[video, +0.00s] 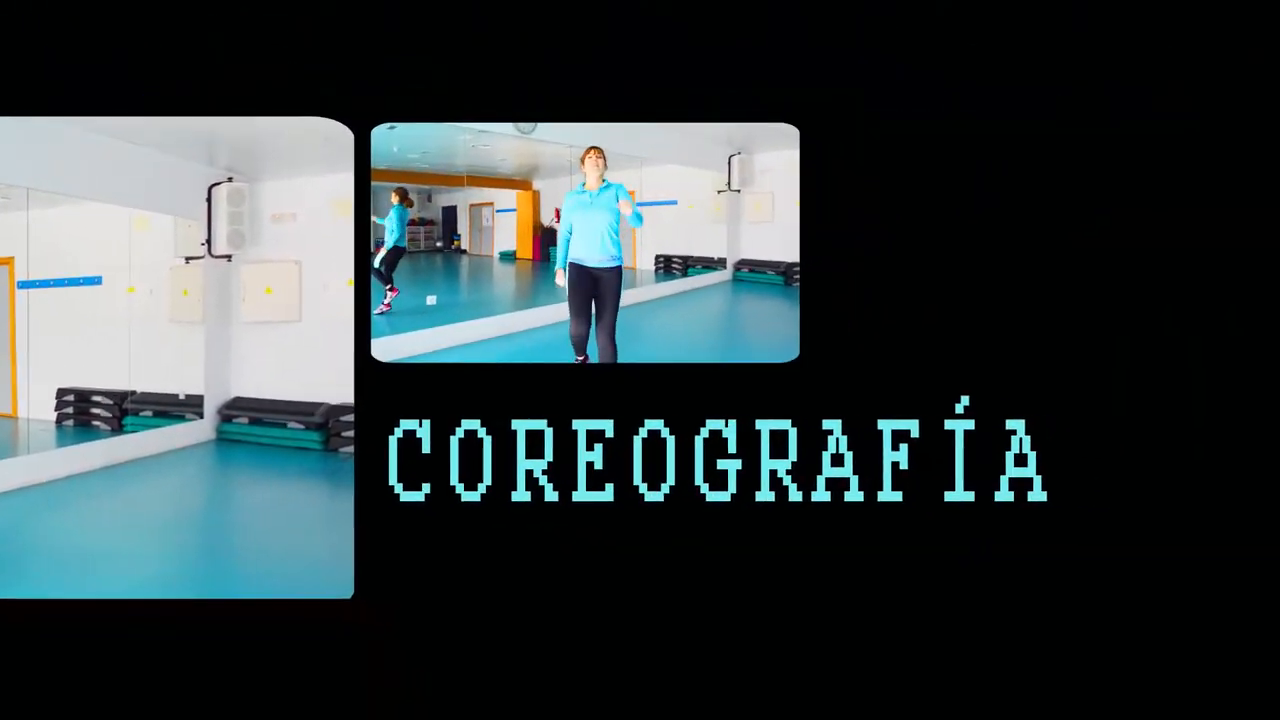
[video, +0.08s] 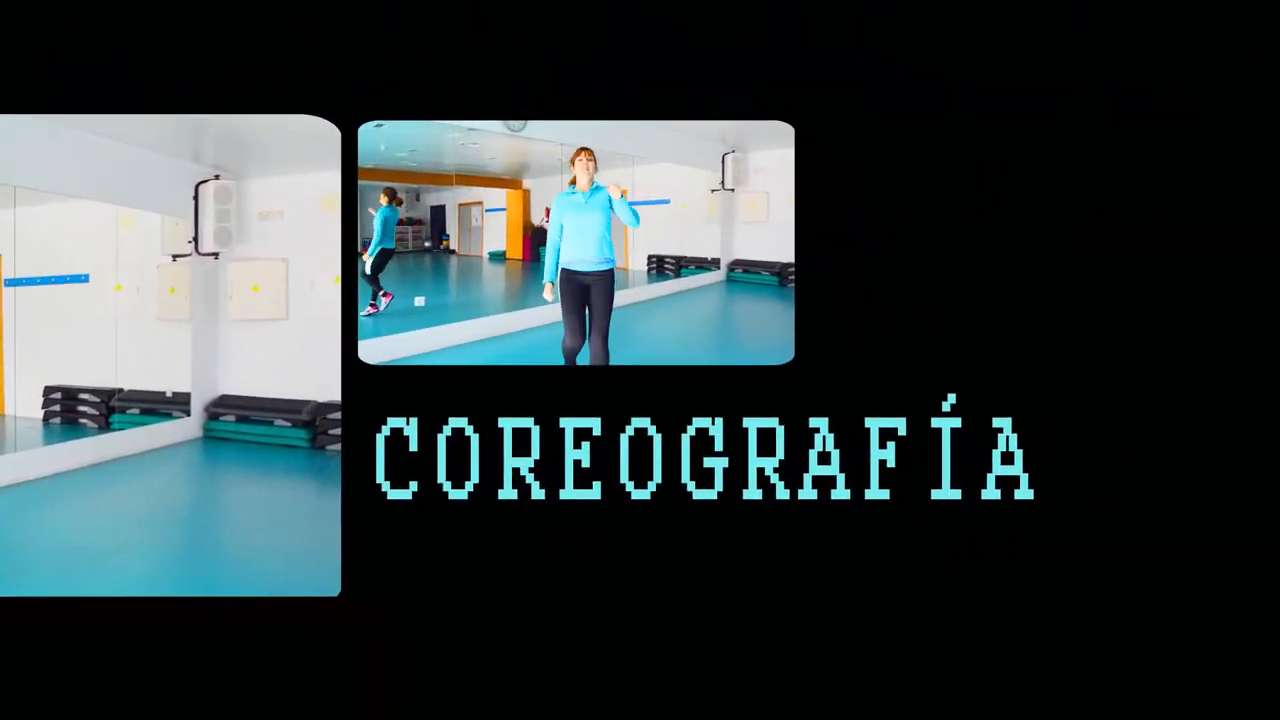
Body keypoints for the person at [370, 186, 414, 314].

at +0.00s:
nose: (391, 197)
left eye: (393, 195)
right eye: (392, 194)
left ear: (397, 197)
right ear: (402, 198)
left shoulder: (396, 211)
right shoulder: (401, 210)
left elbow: (397, 232)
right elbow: (389, 222)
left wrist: (386, 246)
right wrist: (376, 220)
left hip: (394, 245)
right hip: (399, 245)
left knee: (374, 267)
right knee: (388, 271)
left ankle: (390, 289)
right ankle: (386, 302)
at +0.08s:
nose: (380, 197)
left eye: (382, 195)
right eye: (381, 195)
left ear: (385, 197)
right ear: (392, 198)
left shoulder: (381, 213)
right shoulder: (395, 211)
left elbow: (378, 236)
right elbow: (388, 222)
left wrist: (368, 253)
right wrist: (376, 215)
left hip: (382, 247)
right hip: (390, 246)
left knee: (366, 273)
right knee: (375, 274)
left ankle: (384, 294)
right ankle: (372, 304)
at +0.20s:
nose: (376, 204)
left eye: (377, 202)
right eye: (377, 202)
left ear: (381, 203)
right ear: (389, 203)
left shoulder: (375, 219)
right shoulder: (394, 216)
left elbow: (364, 237)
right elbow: (400, 228)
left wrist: (352, 249)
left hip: (375, 253)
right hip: (386, 252)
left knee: (371, 282)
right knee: (367, 278)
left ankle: (392, 306)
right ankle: (366, 307)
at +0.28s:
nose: (379, 202)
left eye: (380, 200)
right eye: (379, 200)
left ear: (383, 200)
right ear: (392, 201)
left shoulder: (378, 215)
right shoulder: (398, 214)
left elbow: (363, 231)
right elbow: (409, 228)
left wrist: (350, 236)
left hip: (380, 251)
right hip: (392, 251)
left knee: (381, 281)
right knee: (376, 279)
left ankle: (396, 309)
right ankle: (367, 306)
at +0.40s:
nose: (385, 197)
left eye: (386, 195)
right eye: (385, 195)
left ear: (389, 195)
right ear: (398, 196)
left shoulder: (385, 208)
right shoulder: (404, 209)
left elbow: (365, 221)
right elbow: (415, 225)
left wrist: (351, 217)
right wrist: (402, 230)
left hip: (389, 245)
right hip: (400, 244)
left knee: (389, 277)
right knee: (388, 275)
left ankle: (395, 309)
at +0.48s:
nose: (389, 196)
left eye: (389, 194)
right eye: (389, 194)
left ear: (393, 194)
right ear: (401, 195)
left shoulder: (389, 207)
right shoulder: (408, 209)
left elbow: (368, 216)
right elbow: (417, 227)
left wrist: (358, 204)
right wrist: (408, 238)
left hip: (393, 244)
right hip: (404, 244)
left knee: (391, 274)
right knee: (394, 272)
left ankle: (394, 309)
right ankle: (408, 298)